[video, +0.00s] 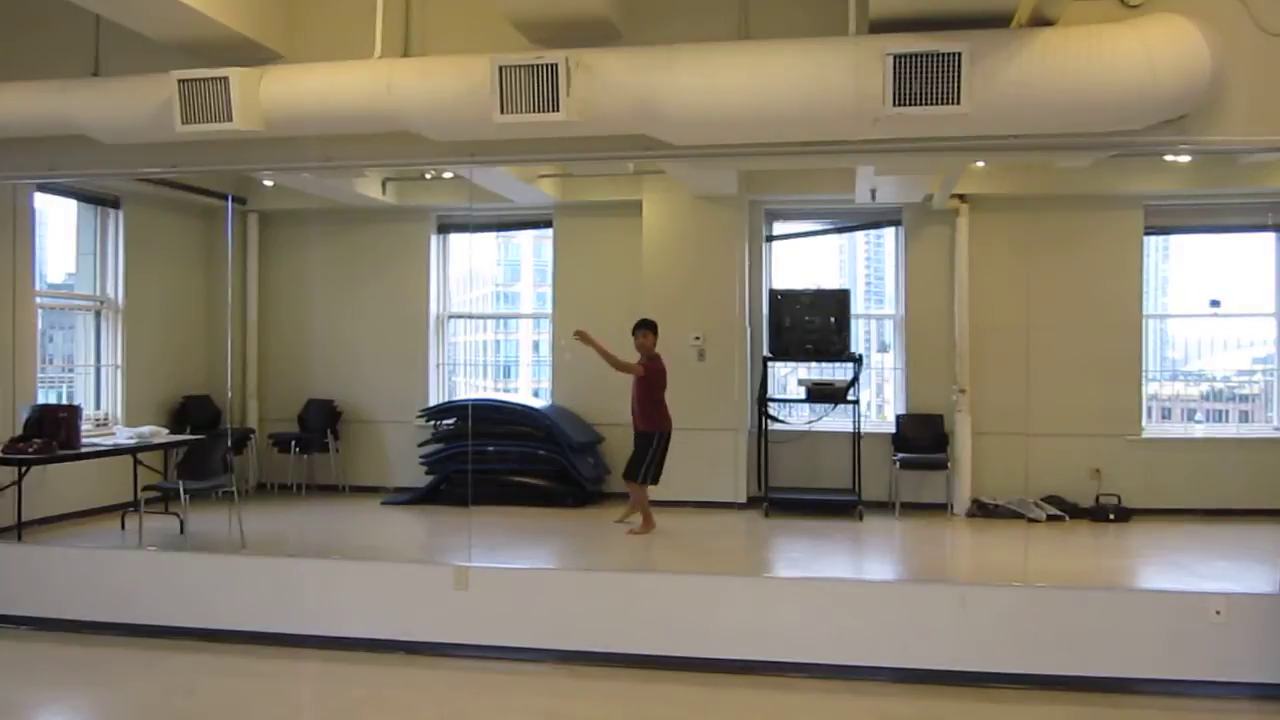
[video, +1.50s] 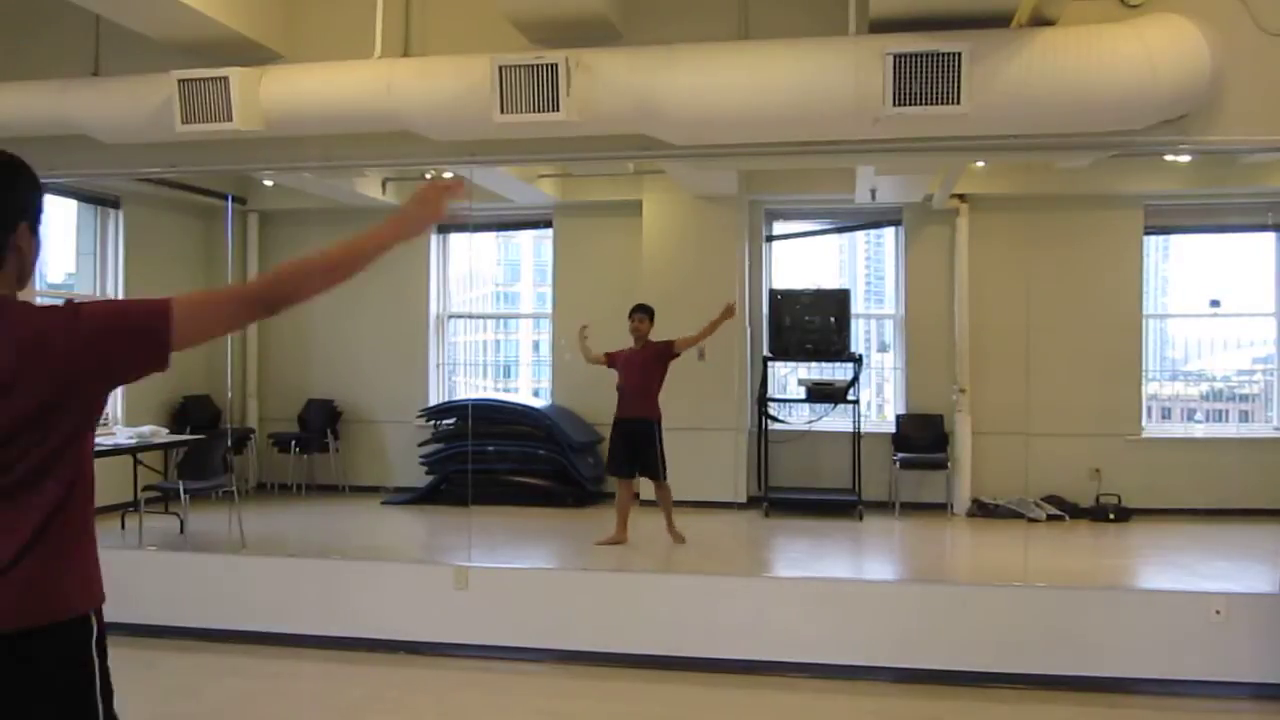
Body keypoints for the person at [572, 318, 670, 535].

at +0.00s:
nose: (641, 340)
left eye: (646, 335)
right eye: (638, 336)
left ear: (655, 339)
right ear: (633, 340)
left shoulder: (652, 365)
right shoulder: (644, 363)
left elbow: (618, 365)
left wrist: (592, 342)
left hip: (656, 429)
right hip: (645, 428)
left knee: (632, 477)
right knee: (636, 476)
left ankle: (648, 520)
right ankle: (635, 503)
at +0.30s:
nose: (652, 326)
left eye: (657, 321)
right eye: (648, 321)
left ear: (665, 323)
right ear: (643, 325)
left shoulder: (682, 348)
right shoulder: (641, 358)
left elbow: (702, 380)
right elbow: (648, 392)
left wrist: (722, 413)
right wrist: (657, 418)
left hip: (689, 414)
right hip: (665, 418)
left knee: (688, 468)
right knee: (680, 470)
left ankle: (690, 520)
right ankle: (704, 512)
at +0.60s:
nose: (673, 315)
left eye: (677, 311)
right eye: (669, 311)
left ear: (685, 313)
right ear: (663, 315)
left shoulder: (699, 336)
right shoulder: (660, 343)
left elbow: (726, 330)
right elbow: (682, 362)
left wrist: (749, 317)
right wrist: (708, 350)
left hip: (695, 405)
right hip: (667, 407)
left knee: (711, 455)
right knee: (652, 455)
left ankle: (716, 505)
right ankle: (669, 509)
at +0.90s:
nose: (675, 341)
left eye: (679, 336)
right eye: (670, 338)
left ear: (687, 339)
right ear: (665, 343)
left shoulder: (693, 362)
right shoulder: (673, 372)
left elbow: (705, 354)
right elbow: (704, 394)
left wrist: (719, 331)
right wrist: (740, 388)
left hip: (692, 431)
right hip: (668, 428)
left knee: (698, 481)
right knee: (630, 464)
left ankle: (681, 519)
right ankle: (588, 501)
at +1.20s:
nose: (653, 333)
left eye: (657, 328)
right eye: (649, 329)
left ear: (665, 331)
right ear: (645, 333)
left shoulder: (678, 355)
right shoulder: (640, 363)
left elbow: (706, 345)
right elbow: (649, 380)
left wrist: (720, 316)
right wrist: (673, 371)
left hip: (677, 425)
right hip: (650, 424)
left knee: (684, 475)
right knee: (633, 474)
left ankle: (684, 514)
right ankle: (620, 528)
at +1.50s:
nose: (636, 324)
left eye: (642, 320)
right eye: (633, 320)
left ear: (651, 325)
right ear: (628, 324)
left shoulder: (661, 350)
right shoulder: (622, 356)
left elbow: (697, 338)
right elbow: (591, 357)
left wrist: (722, 317)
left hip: (648, 422)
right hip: (623, 422)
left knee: (659, 481)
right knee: (623, 479)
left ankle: (671, 526)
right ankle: (620, 532)